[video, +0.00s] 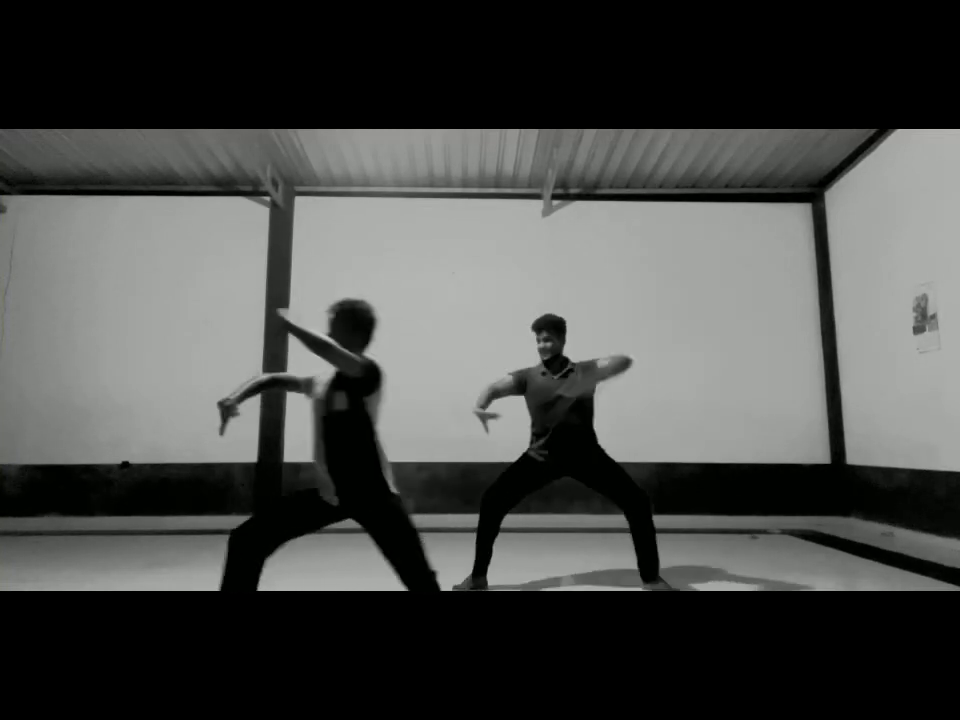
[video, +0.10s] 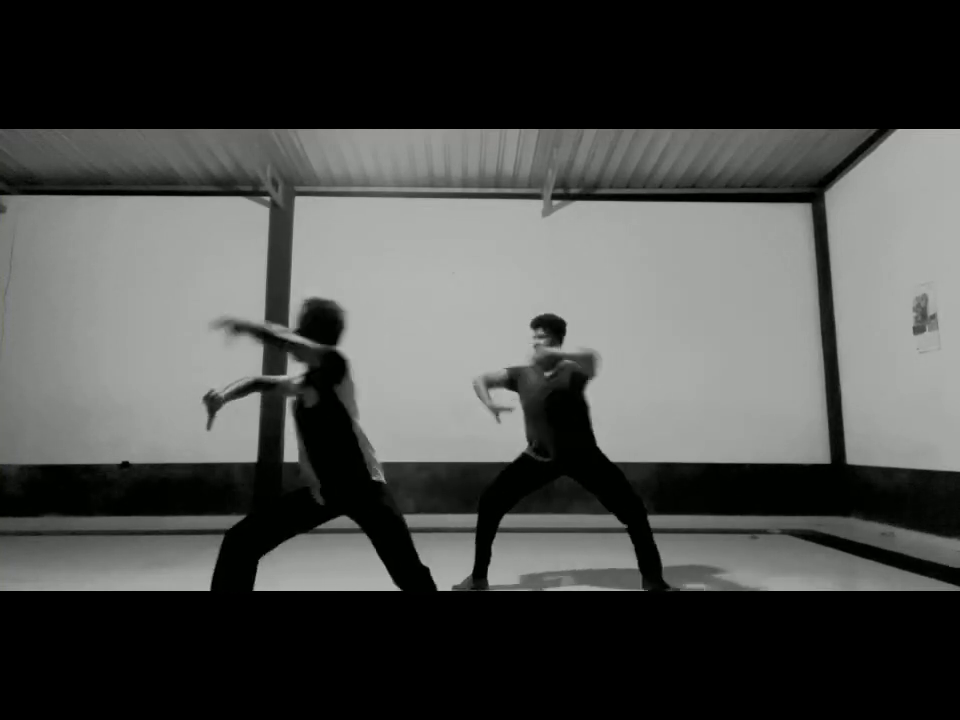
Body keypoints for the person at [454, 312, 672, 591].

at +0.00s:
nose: (543, 345)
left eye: (548, 339)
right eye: (539, 340)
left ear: (562, 341)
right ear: (536, 343)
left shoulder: (584, 371)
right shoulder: (527, 378)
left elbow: (625, 361)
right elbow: (493, 388)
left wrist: (594, 376)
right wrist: (479, 406)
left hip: (584, 456)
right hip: (540, 459)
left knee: (637, 501)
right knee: (492, 502)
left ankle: (651, 579)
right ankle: (478, 577)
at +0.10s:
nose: (538, 344)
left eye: (545, 339)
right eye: (535, 338)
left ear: (559, 343)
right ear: (531, 341)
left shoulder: (574, 371)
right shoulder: (521, 375)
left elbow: (591, 360)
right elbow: (479, 380)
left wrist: (558, 355)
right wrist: (489, 403)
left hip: (582, 457)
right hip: (539, 459)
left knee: (634, 512)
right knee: (490, 503)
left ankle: (654, 582)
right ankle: (478, 577)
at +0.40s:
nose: (496, 374)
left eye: (496, 368)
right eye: (493, 370)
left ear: (508, 360)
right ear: (504, 364)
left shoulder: (537, 373)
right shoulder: (515, 378)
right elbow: (486, 385)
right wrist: (475, 387)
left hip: (579, 451)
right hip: (544, 452)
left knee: (623, 511)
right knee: (499, 498)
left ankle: (635, 581)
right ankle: (477, 578)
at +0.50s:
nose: (512, 385)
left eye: (513, 378)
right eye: (508, 381)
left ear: (523, 367)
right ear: (507, 377)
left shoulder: (549, 377)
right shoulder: (526, 375)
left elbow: (524, 415)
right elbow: (496, 384)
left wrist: (473, 429)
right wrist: (471, 395)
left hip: (583, 453)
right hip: (548, 451)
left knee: (622, 512)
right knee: (502, 497)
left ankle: (635, 578)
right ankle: (479, 577)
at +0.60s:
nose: (530, 376)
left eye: (532, 371)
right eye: (527, 372)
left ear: (543, 361)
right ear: (528, 366)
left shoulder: (573, 379)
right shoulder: (536, 372)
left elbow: (557, 416)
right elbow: (502, 377)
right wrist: (477, 395)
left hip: (583, 458)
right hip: (544, 455)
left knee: (626, 510)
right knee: (494, 492)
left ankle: (638, 581)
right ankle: (480, 572)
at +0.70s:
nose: (549, 352)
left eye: (552, 347)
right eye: (546, 347)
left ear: (562, 346)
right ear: (545, 348)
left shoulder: (587, 375)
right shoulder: (538, 369)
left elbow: (604, 393)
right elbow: (502, 366)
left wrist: (561, 408)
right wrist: (488, 391)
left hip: (579, 458)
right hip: (539, 455)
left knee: (625, 508)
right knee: (482, 489)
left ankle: (638, 579)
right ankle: (473, 565)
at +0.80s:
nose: (557, 347)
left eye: (564, 342)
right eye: (553, 341)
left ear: (575, 344)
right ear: (548, 342)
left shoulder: (588, 376)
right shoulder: (532, 367)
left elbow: (627, 371)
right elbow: (495, 347)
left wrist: (585, 378)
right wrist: (501, 371)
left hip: (572, 460)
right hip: (530, 459)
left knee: (621, 509)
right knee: (476, 501)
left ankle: (637, 580)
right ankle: (469, 575)